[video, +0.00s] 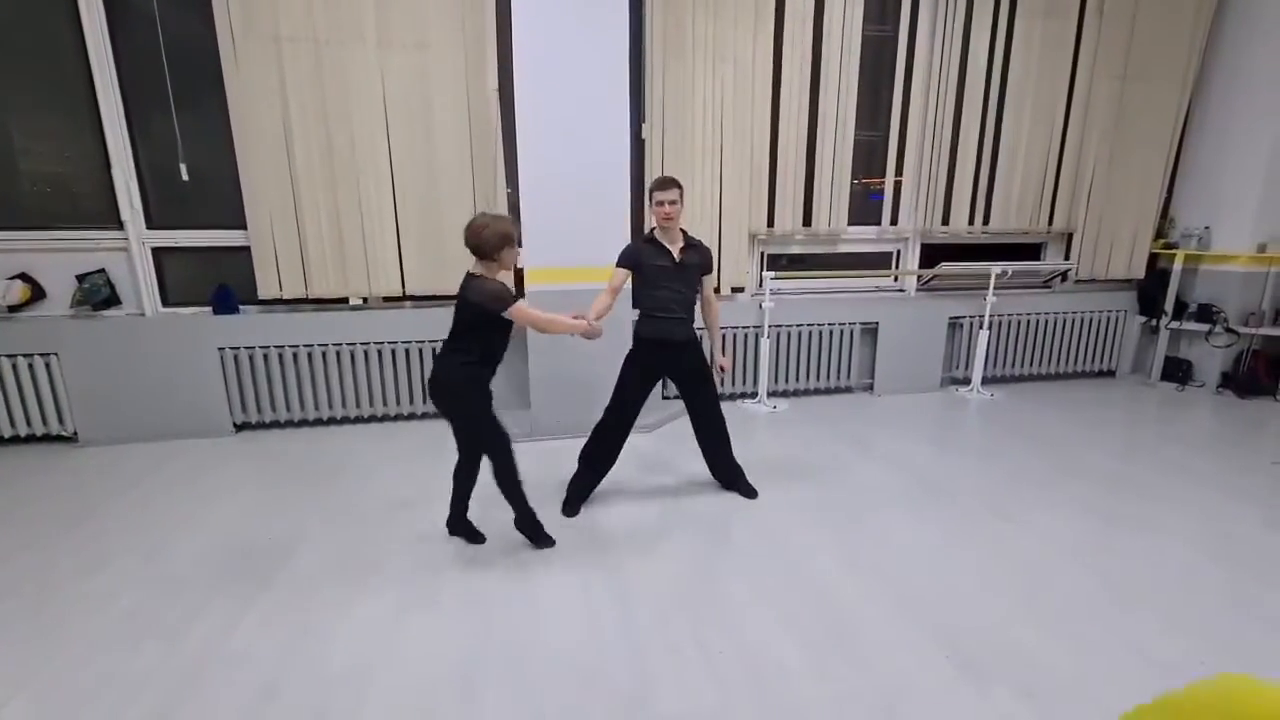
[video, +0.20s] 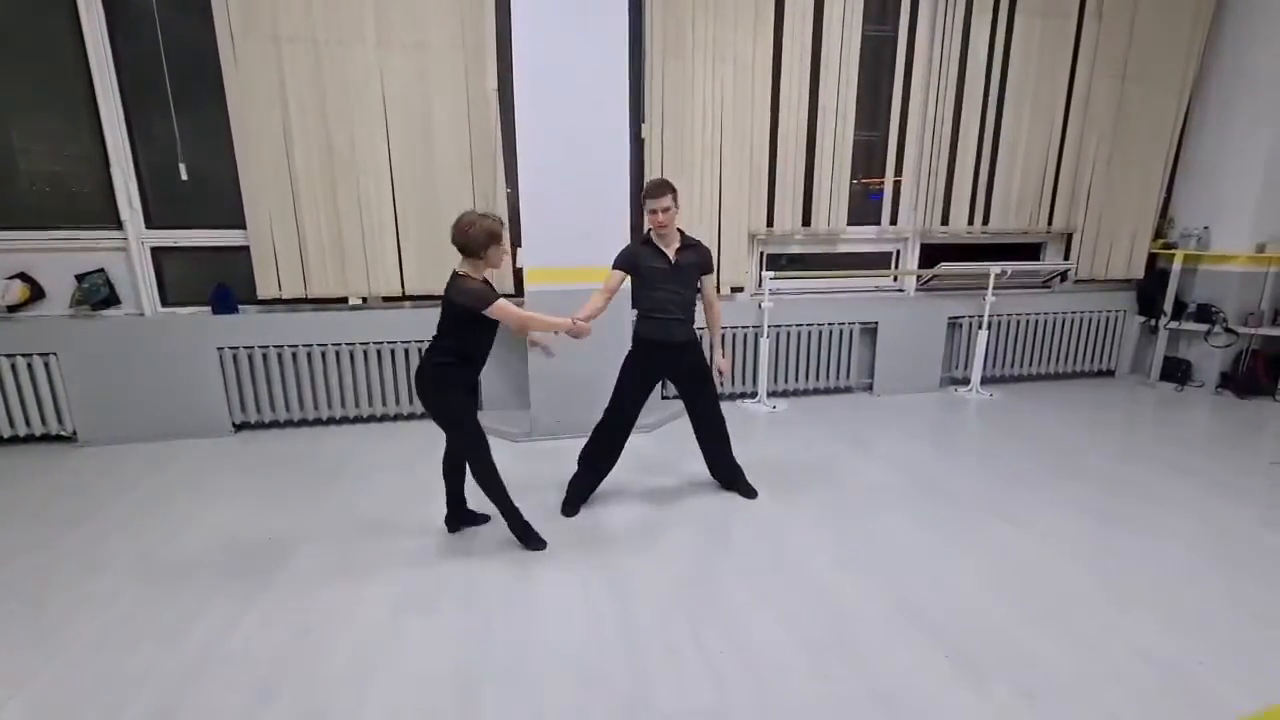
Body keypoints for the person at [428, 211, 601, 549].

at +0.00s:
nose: (518, 251)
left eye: (516, 245)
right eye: (513, 246)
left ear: (484, 253)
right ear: (497, 253)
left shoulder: (478, 283)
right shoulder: (489, 291)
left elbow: (526, 318)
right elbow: (538, 322)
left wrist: (567, 320)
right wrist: (580, 327)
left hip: (453, 382)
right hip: (460, 387)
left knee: (470, 451)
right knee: (499, 445)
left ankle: (457, 517)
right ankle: (526, 519)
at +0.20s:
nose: (506, 252)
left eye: (505, 246)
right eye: (501, 247)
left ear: (475, 251)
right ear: (482, 252)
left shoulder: (479, 280)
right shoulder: (467, 289)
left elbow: (503, 317)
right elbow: (521, 319)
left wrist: (529, 337)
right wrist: (569, 324)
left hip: (459, 378)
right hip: (440, 382)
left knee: (457, 443)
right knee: (477, 448)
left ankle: (456, 511)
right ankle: (516, 522)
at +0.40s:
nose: (498, 248)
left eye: (497, 242)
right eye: (493, 244)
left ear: (469, 249)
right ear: (474, 249)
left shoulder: (475, 277)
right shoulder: (460, 289)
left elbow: (503, 316)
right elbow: (518, 321)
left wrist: (503, 333)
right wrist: (562, 327)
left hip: (459, 375)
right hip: (440, 379)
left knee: (455, 444)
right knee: (477, 446)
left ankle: (455, 510)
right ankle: (516, 521)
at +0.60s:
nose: (492, 242)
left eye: (486, 238)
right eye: (484, 241)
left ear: (468, 259)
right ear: (475, 256)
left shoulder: (472, 287)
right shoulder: (476, 297)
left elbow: (476, 327)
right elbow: (514, 342)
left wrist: (502, 345)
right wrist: (555, 349)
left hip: (441, 376)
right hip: (440, 383)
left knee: (452, 442)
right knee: (479, 443)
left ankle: (454, 511)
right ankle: (518, 515)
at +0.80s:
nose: (483, 229)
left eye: (478, 225)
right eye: (475, 229)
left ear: (461, 247)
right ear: (466, 243)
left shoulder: (467, 271)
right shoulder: (478, 278)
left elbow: (473, 322)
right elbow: (512, 321)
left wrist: (492, 357)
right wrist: (547, 332)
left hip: (458, 369)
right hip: (466, 374)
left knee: (464, 440)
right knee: (493, 441)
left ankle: (455, 510)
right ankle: (518, 516)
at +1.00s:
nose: (479, 238)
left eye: (474, 233)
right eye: (472, 235)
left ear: (450, 248)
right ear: (458, 246)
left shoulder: (452, 277)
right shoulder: (468, 284)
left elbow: (503, 306)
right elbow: (512, 312)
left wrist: (540, 315)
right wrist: (552, 316)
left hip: (474, 370)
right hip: (488, 375)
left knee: (475, 441)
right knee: (505, 444)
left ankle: (458, 510)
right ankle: (520, 516)